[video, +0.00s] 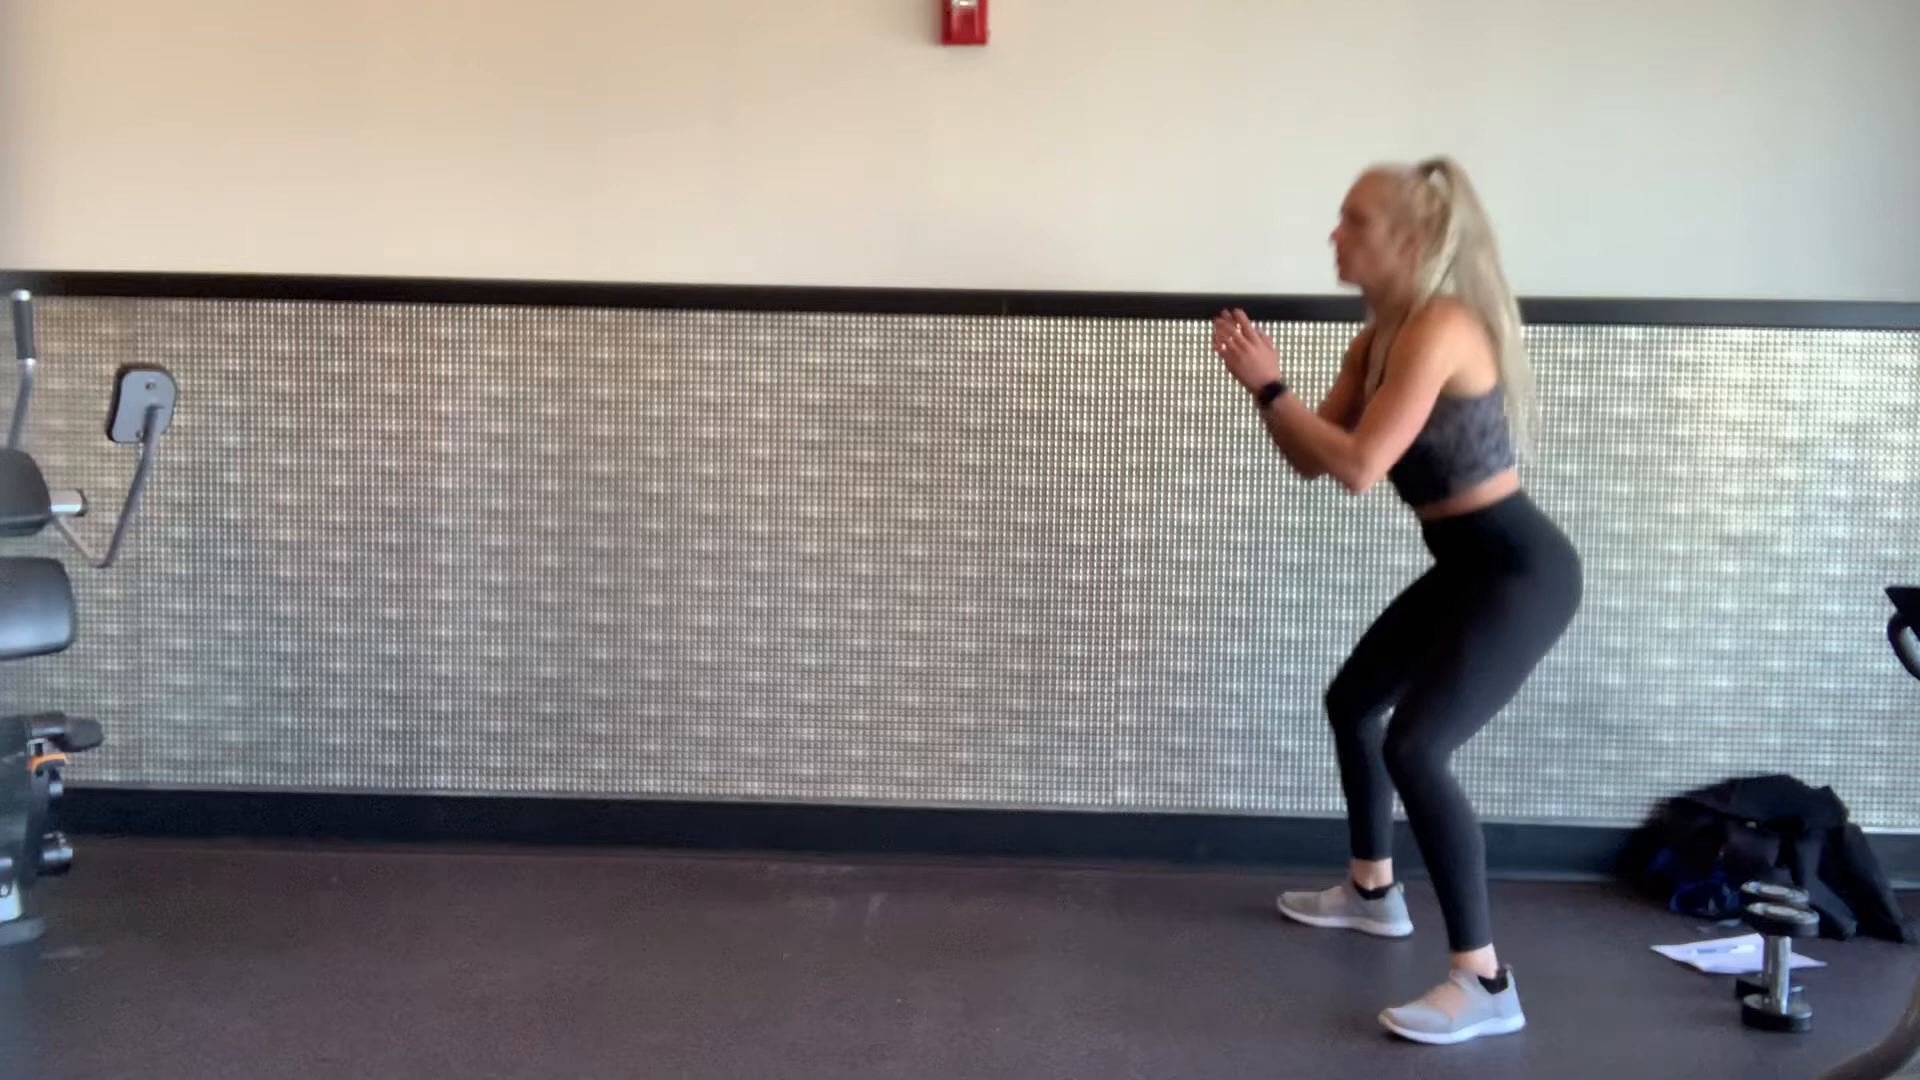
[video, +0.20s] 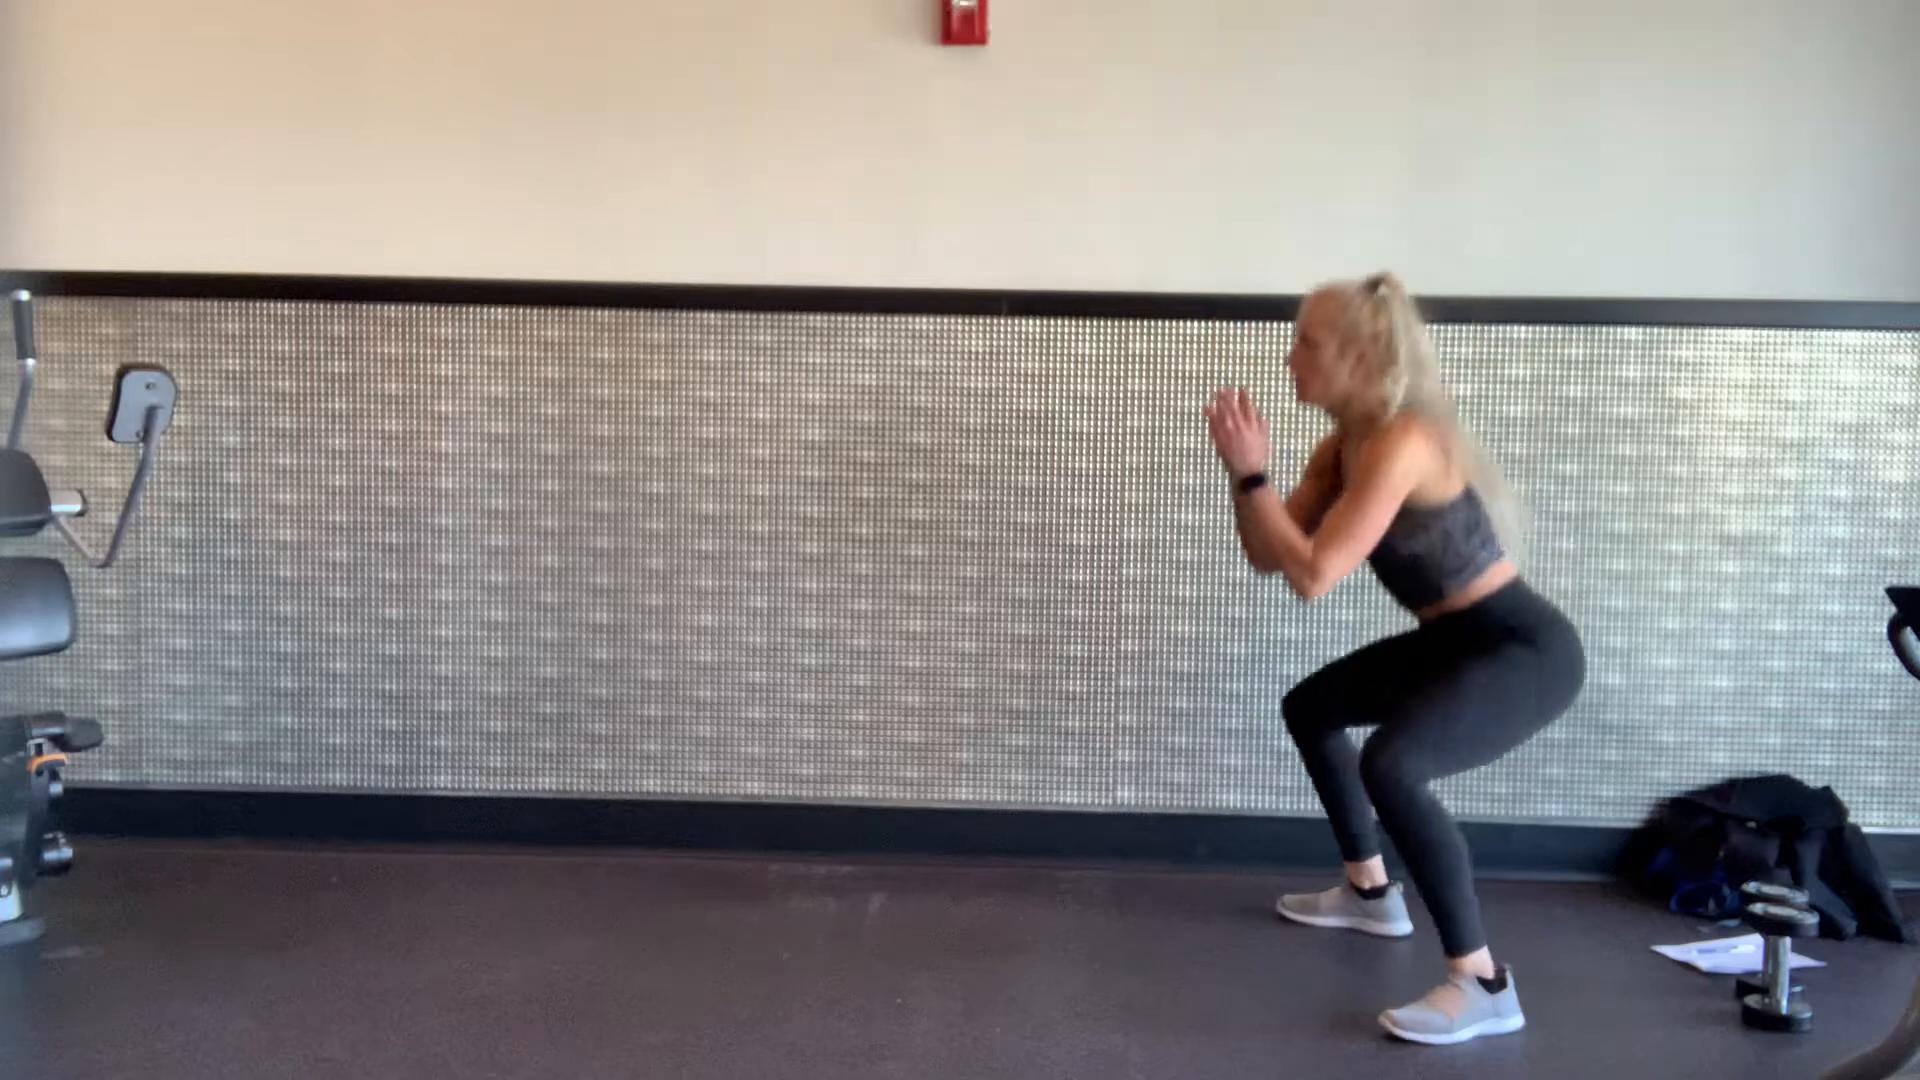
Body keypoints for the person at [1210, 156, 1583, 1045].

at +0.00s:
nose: (1335, 234)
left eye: (1354, 222)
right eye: (1342, 218)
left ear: (1409, 239)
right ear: (1395, 243)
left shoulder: (1440, 329)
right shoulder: (1380, 335)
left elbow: (1359, 468)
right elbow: (1313, 455)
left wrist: (1275, 392)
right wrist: (1264, 386)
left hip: (1523, 572)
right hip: (1465, 570)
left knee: (1416, 747)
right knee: (1353, 703)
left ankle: (1483, 976)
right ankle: (1372, 889)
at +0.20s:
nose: (1291, 354)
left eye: (1306, 343)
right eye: (1296, 340)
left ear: (1355, 361)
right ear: (1345, 364)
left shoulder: (1403, 442)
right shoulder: (1342, 446)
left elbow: (1314, 573)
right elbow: (1270, 553)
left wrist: (1252, 477)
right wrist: (1245, 471)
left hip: (1524, 648)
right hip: (1455, 643)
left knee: (1394, 767)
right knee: (1310, 711)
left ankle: (1480, 978)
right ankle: (1371, 889)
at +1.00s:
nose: (1222, 408)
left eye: (1234, 391)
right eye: (1224, 392)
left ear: (1287, 393)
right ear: (1282, 397)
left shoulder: (1346, 474)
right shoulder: (1293, 478)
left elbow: (1234, 588)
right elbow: (1212, 572)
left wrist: (1182, 492)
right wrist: (1180, 491)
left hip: (1510, 653)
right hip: (1437, 649)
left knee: (1379, 773)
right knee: (1295, 714)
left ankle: (1480, 980)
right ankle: (1370, 891)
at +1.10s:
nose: (1210, 421)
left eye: (1222, 404)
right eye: (1212, 405)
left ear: (1276, 407)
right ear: (1272, 410)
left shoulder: (1332, 486)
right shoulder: (1278, 489)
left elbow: (1213, 594)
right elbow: (1191, 578)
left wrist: (1155, 496)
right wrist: (1155, 494)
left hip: (1506, 657)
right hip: (1430, 654)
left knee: (1377, 774)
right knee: (1296, 714)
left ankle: (1479, 979)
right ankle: (1370, 890)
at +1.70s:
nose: (1059, 197)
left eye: (1072, 182)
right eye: (1062, 180)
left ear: (1119, 187)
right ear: (1121, 188)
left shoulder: (1154, 262)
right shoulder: (1136, 264)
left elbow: (1295, 285)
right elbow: (1252, 297)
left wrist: (1326, 418)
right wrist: (1234, 413)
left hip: (1211, 511)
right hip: (1183, 510)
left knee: (1205, 730)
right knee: (1164, 703)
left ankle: (1390, 904)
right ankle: (1300, 828)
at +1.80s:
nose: (993, 150)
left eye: (1008, 136)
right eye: (996, 133)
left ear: (1057, 146)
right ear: (1053, 145)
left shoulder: (1083, 221)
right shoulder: (1067, 225)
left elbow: (1209, 275)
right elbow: (1180, 284)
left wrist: (1201, 417)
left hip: (1151, 471)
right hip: (1127, 472)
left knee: (1096, 674)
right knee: (1081, 664)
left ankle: (1226, 883)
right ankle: (1162, 834)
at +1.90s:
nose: (913, 163)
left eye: (926, 149)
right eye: (917, 147)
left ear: (973, 158)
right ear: (973, 157)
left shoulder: (1019, 245)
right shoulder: (992, 248)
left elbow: (1075, 379)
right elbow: (1036, 384)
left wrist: (980, 458)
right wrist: (959, 443)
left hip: (1112, 483)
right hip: (1082, 481)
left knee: (1027, 678)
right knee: (1011, 666)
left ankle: (1005, 916)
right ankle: (973, 846)